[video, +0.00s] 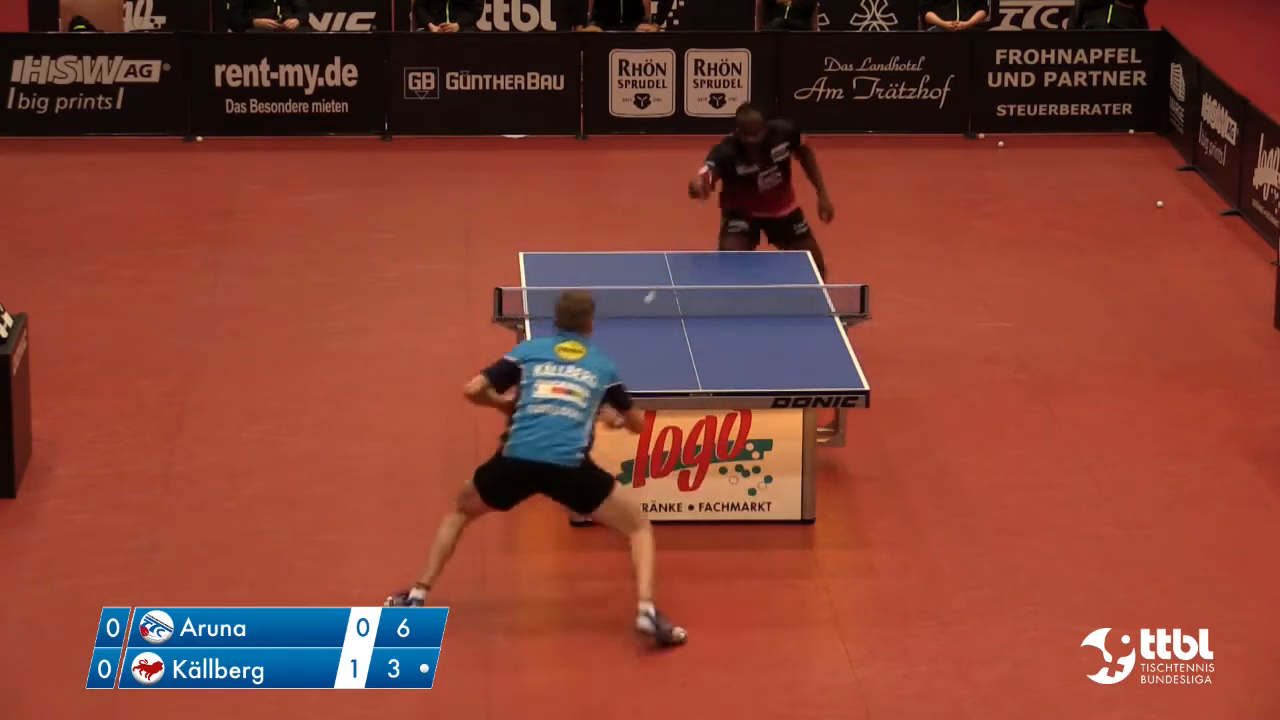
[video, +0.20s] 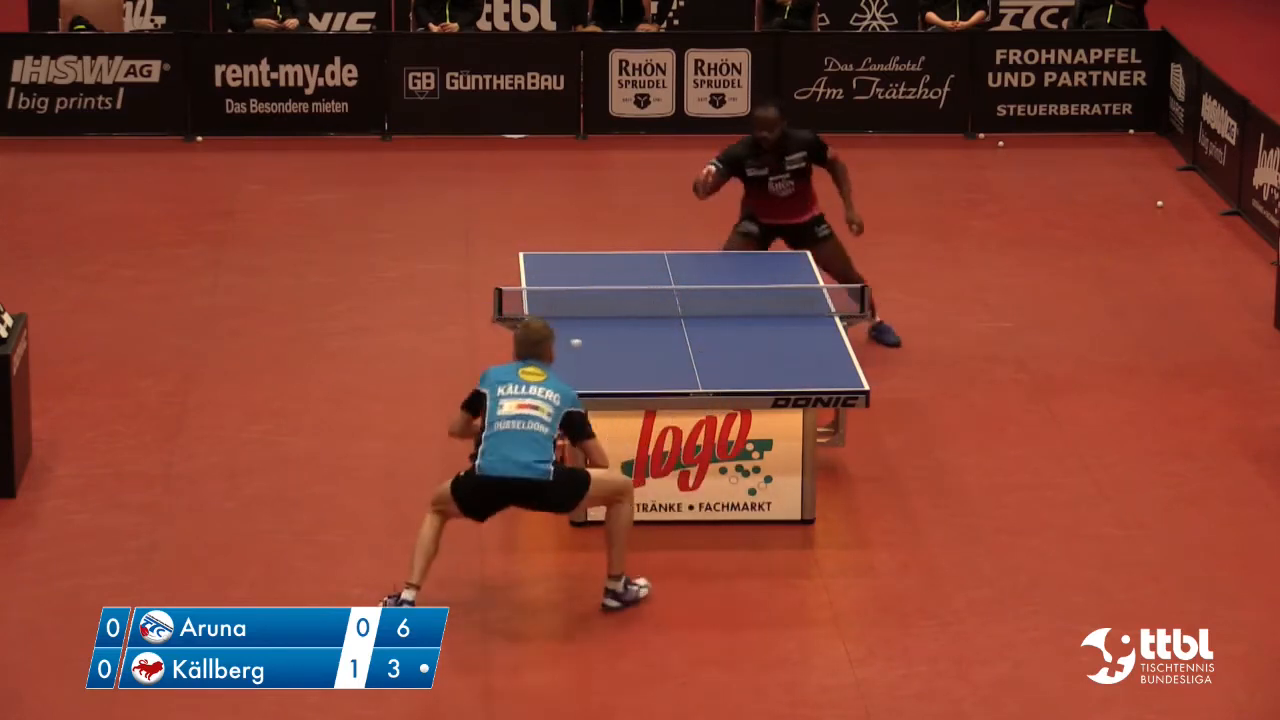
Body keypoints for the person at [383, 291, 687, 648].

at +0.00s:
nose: (588, 323)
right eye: (589, 319)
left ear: (555, 322)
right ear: (589, 326)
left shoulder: (528, 351)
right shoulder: (601, 365)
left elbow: (474, 389)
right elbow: (635, 422)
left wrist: (506, 405)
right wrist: (617, 419)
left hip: (516, 463)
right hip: (567, 468)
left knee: (461, 511)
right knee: (638, 528)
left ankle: (419, 591)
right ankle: (647, 611)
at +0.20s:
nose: (554, 351)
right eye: (553, 347)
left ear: (516, 350)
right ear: (550, 353)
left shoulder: (493, 376)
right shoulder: (563, 391)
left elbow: (458, 429)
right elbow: (599, 461)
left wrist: (487, 433)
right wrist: (574, 458)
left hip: (489, 481)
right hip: (540, 483)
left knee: (437, 508)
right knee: (622, 489)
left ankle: (408, 595)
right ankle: (617, 586)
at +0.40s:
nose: (501, 352)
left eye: (502, 348)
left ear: (505, 354)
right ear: (540, 348)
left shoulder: (502, 383)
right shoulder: (573, 389)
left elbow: (457, 419)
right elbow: (590, 389)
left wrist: (479, 371)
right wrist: (568, 354)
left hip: (501, 505)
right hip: (558, 509)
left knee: (431, 507)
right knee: (632, 485)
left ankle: (408, 595)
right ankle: (619, 584)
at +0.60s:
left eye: (510, 320)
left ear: (513, 325)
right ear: (549, 323)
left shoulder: (501, 361)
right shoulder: (575, 363)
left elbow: (464, 420)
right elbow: (630, 399)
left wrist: (457, 388)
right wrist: (638, 368)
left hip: (517, 475)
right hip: (572, 477)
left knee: (444, 492)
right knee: (640, 476)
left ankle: (418, 588)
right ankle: (632, 576)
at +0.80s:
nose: (575, 329)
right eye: (577, 323)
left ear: (543, 329)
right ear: (581, 329)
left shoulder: (523, 366)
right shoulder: (599, 374)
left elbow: (475, 417)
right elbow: (656, 414)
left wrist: (477, 388)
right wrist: (657, 387)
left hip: (533, 481)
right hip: (586, 484)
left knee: (467, 503)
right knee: (651, 506)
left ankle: (434, 594)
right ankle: (673, 604)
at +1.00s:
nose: (642, 317)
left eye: (624, 311)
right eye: (645, 312)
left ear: (610, 315)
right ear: (647, 318)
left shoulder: (586, 348)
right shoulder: (661, 361)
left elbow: (540, 400)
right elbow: (707, 419)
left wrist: (573, 398)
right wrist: (715, 412)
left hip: (585, 462)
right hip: (638, 466)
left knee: (518, 506)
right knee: (713, 506)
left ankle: (475, 595)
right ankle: (751, 606)